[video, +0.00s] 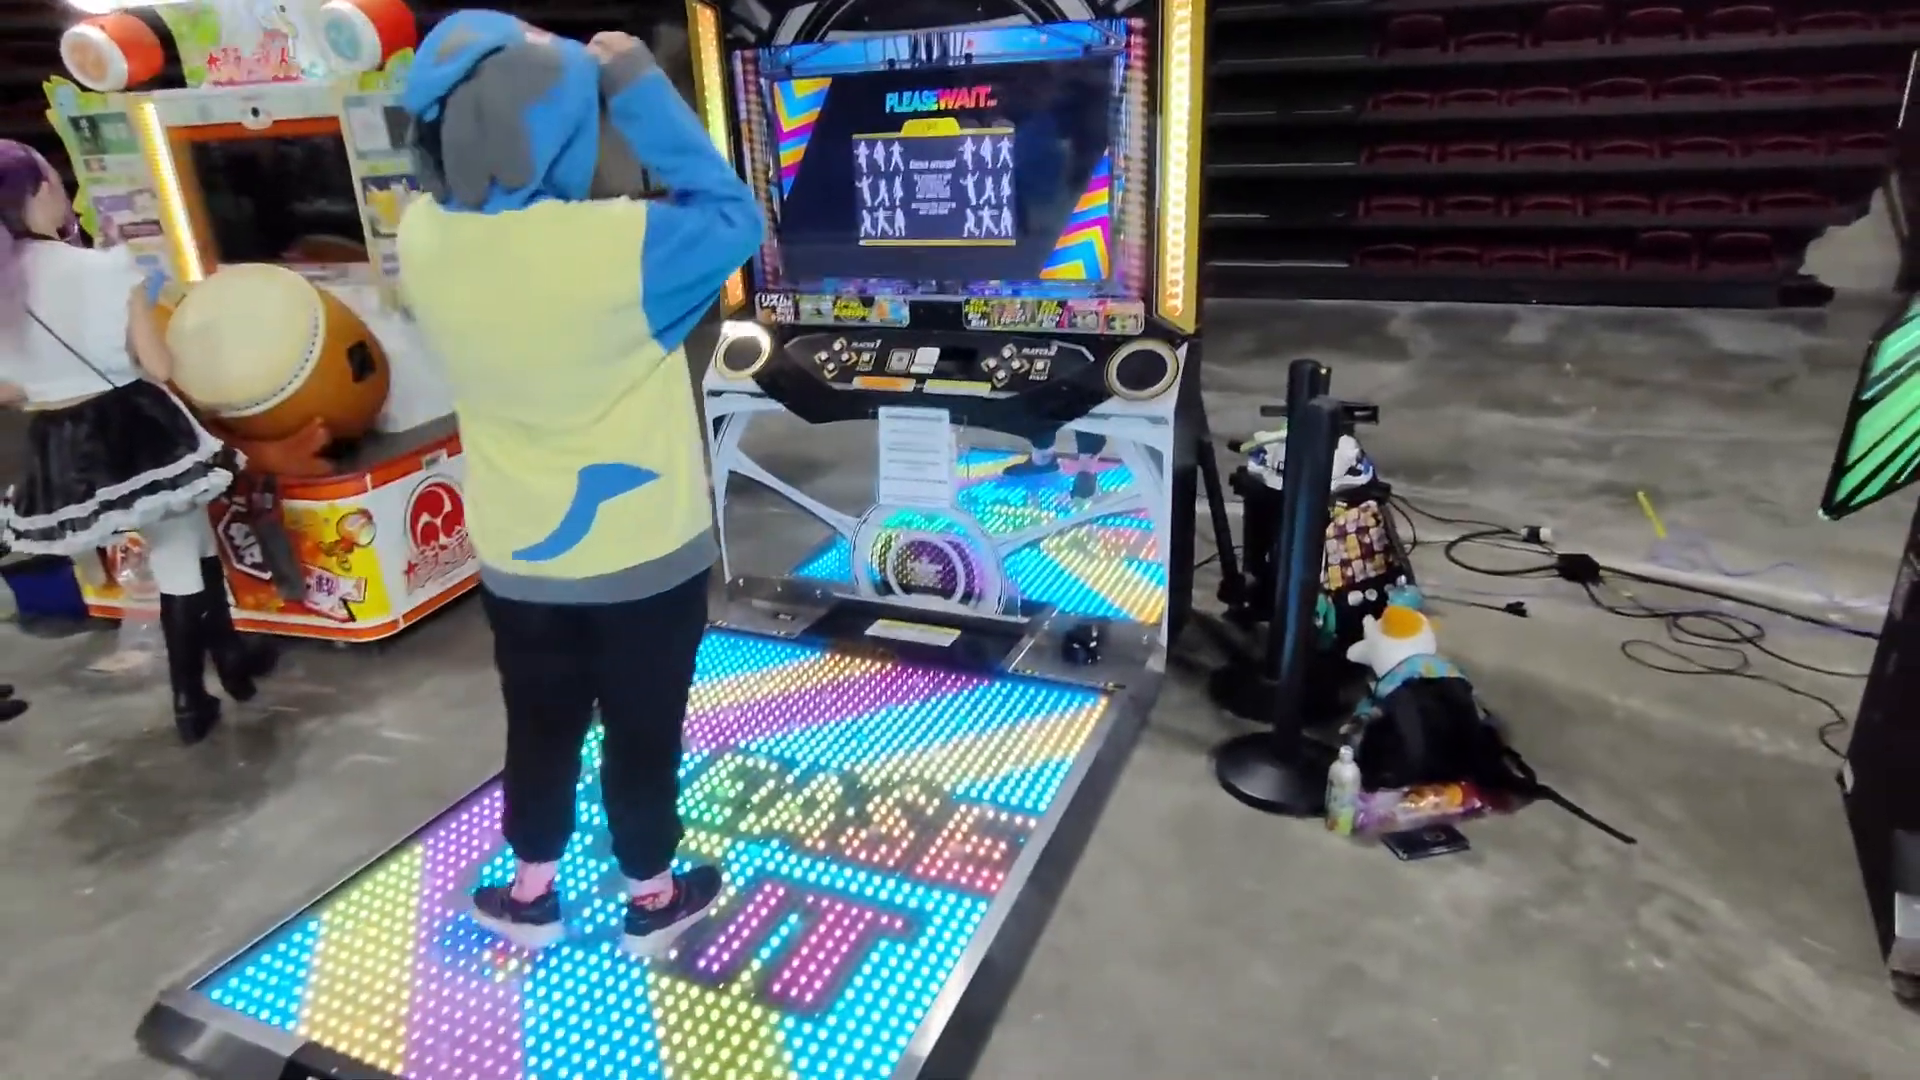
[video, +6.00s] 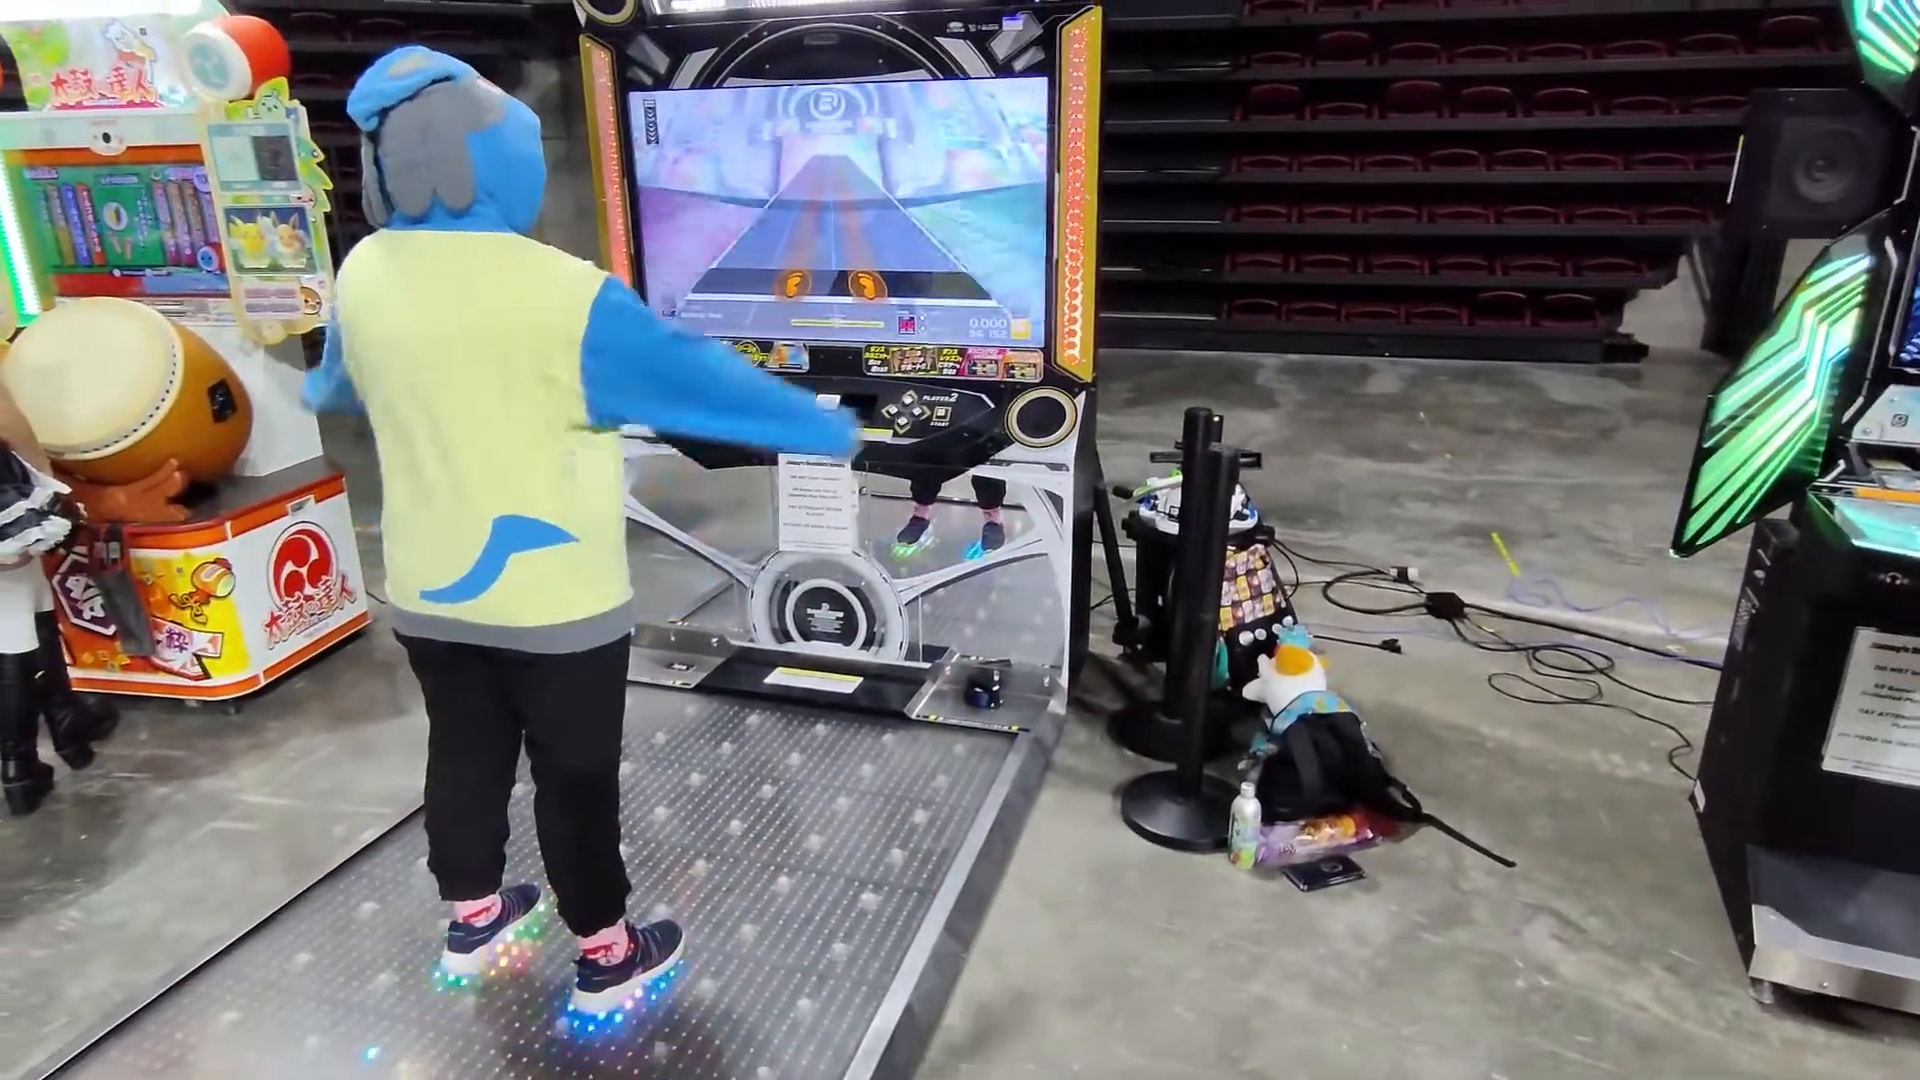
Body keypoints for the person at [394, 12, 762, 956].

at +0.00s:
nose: (600, 141)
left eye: (594, 123)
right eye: (588, 124)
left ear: (466, 147)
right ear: (561, 145)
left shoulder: (428, 248)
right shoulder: (624, 247)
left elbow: (449, 179)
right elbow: (733, 217)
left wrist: (475, 75)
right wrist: (644, 90)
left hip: (516, 557)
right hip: (646, 554)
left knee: (538, 724)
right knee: (643, 732)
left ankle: (531, 885)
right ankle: (650, 894)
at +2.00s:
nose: (554, 132)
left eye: (548, 113)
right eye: (539, 114)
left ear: (442, 129)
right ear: (500, 123)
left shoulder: (398, 239)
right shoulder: (546, 243)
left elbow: (387, 399)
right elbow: (625, 401)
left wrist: (398, 526)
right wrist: (681, 536)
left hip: (455, 555)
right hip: (567, 557)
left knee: (497, 693)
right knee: (596, 727)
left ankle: (466, 856)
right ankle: (603, 904)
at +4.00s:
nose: (455, 152)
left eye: (447, 131)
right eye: (442, 132)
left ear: (310, 147)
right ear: (407, 142)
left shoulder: (263, 253)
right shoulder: (452, 277)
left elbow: (364, 351)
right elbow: (567, 372)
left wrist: (494, 377)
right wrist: (672, 391)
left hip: (344, 591)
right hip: (480, 588)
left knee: (405, 731)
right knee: (542, 755)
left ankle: (420, 903)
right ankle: (585, 926)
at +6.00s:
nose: (530, 164)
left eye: (519, 147)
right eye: (516, 149)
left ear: (401, 177)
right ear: (494, 164)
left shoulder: (365, 276)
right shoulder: (567, 295)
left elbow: (331, 388)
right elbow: (707, 384)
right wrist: (837, 430)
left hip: (431, 597)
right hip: (563, 607)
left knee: (464, 754)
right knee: (575, 777)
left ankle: (472, 916)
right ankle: (603, 949)